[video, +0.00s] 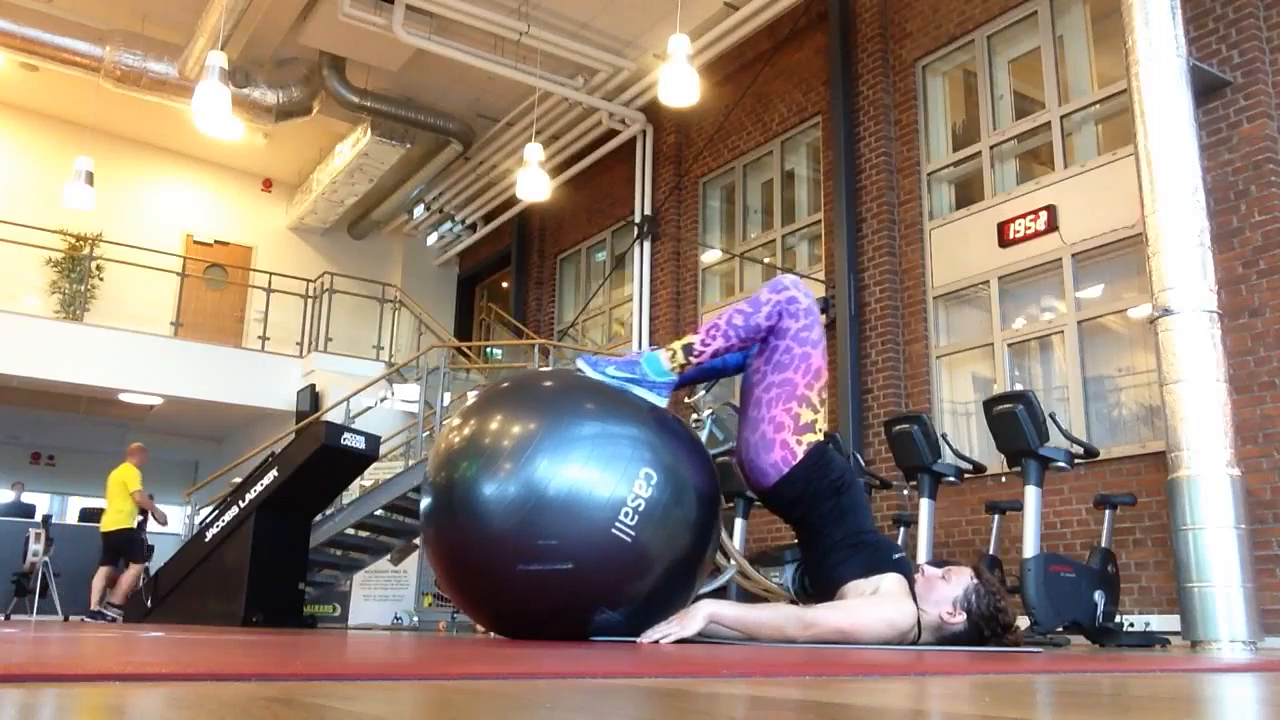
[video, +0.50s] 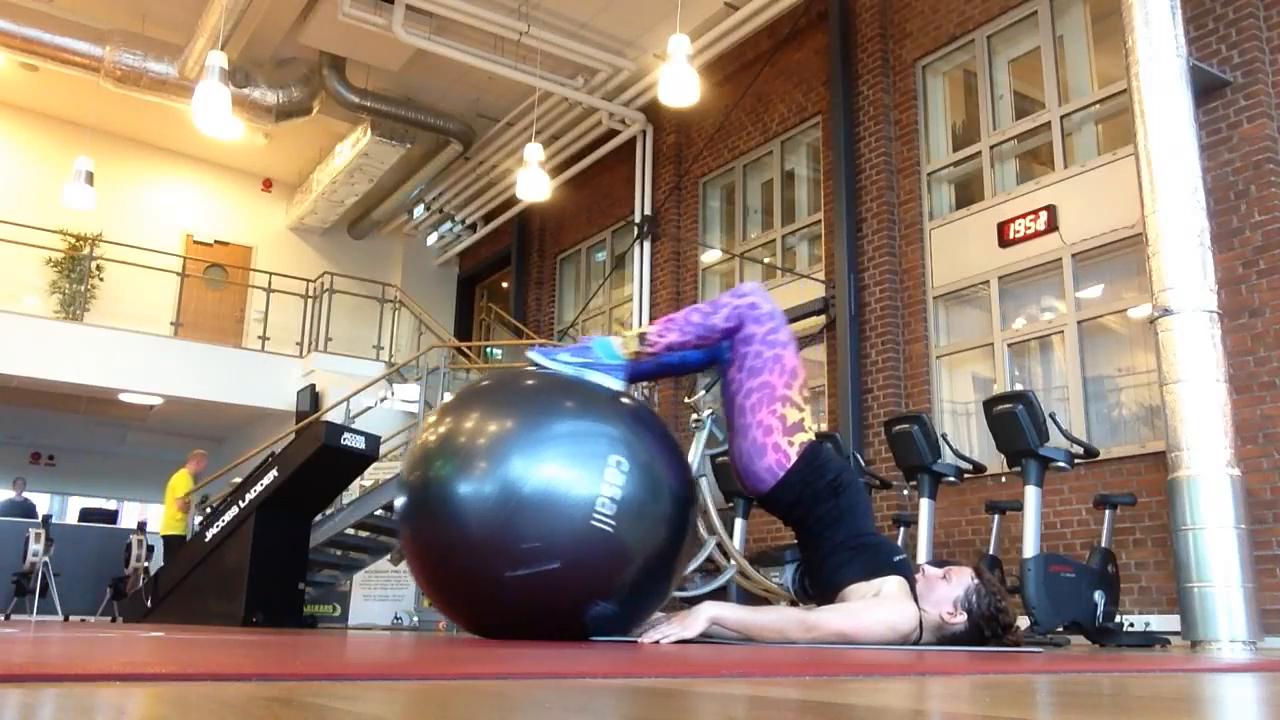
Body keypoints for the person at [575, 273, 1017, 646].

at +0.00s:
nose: (938, 567)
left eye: (948, 578)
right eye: (951, 570)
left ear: (947, 613)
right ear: (946, 612)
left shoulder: (893, 612)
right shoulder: (903, 603)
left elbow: (800, 624)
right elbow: (805, 622)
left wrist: (708, 611)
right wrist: (717, 619)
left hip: (783, 462)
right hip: (810, 462)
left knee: (791, 297)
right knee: (796, 305)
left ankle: (660, 368)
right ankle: (673, 372)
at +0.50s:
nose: (942, 564)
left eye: (952, 578)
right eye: (953, 567)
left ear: (949, 616)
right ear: (946, 608)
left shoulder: (896, 615)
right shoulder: (902, 597)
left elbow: (801, 625)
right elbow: (801, 624)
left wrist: (712, 615)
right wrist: (715, 615)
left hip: (782, 469)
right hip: (807, 467)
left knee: (754, 306)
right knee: (756, 306)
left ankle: (622, 362)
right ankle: (627, 364)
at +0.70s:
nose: (938, 570)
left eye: (949, 582)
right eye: (952, 571)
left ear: (945, 617)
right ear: (945, 602)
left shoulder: (892, 611)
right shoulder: (897, 595)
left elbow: (806, 627)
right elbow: (810, 619)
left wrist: (710, 613)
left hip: (765, 473)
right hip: (784, 461)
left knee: (688, 327)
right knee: (695, 336)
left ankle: (551, 364)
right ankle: (569, 375)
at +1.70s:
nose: (939, 566)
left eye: (949, 579)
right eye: (950, 568)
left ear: (945, 614)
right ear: (937, 582)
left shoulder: (893, 614)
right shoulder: (897, 600)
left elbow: (798, 628)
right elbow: (797, 627)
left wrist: (707, 616)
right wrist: (713, 617)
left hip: (758, 476)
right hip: (774, 469)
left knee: (745, 316)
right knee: (748, 317)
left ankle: (608, 364)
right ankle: (616, 375)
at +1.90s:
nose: (933, 567)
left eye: (945, 577)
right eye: (946, 569)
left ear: (947, 613)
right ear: (945, 612)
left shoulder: (894, 614)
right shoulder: (902, 606)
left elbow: (800, 626)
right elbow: (805, 623)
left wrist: (712, 615)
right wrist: (717, 622)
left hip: (779, 459)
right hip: (800, 460)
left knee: (808, 298)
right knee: (804, 319)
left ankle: (673, 361)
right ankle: (684, 370)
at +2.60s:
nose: (940, 564)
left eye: (950, 578)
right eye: (951, 567)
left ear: (946, 615)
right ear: (940, 583)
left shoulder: (894, 614)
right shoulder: (900, 595)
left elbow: (800, 626)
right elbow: (799, 625)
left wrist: (710, 616)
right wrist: (710, 615)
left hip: (769, 469)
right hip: (791, 463)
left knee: (754, 305)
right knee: (757, 316)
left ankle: (621, 365)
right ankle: (626, 372)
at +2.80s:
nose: (935, 569)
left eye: (946, 580)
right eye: (948, 569)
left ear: (945, 617)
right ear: (945, 602)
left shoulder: (891, 611)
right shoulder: (897, 596)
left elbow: (803, 628)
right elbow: (808, 623)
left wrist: (708, 613)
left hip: (762, 476)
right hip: (780, 465)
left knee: (698, 323)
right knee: (705, 330)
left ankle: (557, 364)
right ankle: (574, 372)